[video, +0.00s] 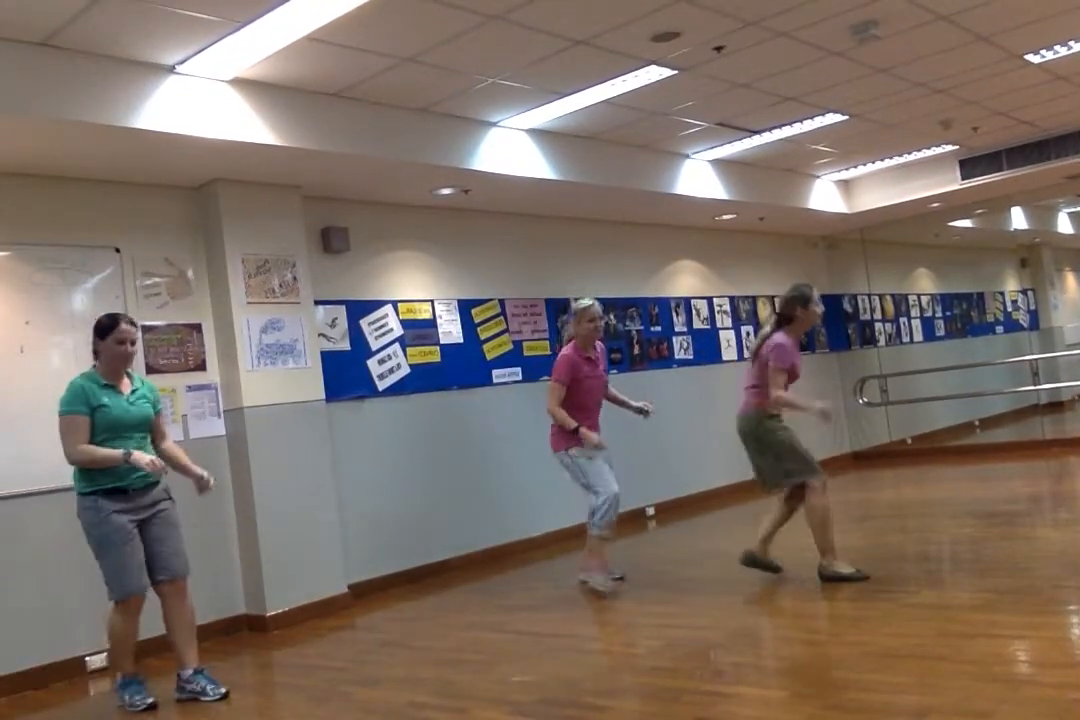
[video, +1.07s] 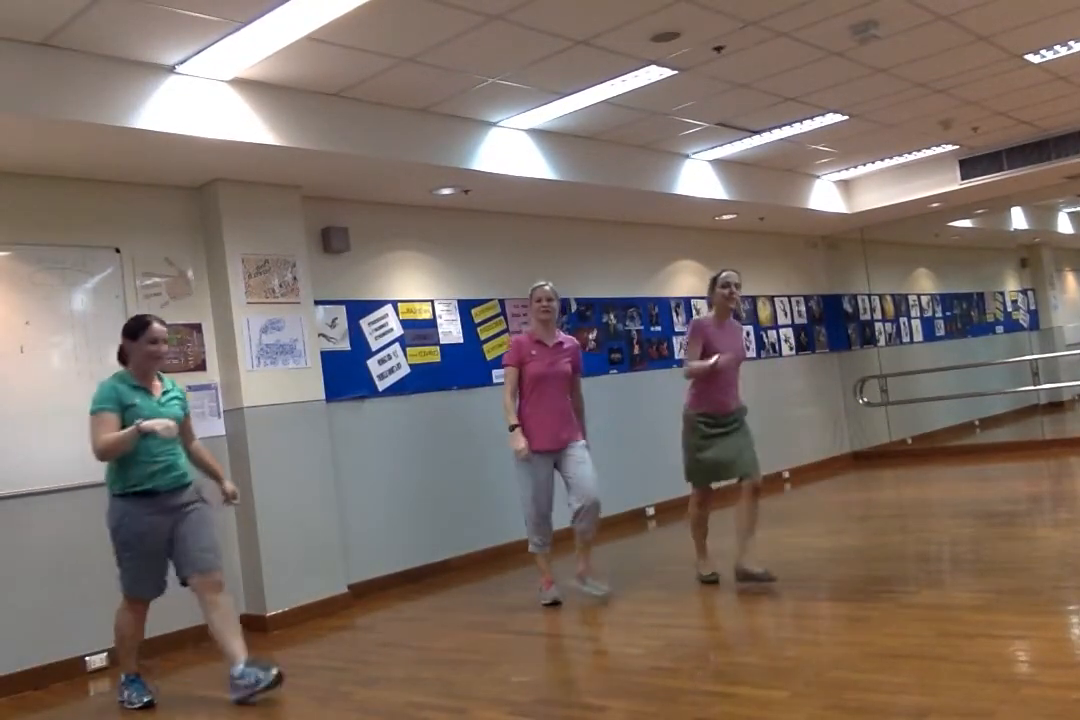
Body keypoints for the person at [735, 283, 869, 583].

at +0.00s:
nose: (820, 312)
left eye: (819, 306)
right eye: (815, 307)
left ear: (796, 311)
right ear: (798, 311)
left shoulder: (778, 340)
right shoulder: (781, 344)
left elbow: (765, 392)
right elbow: (776, 395)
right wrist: (814, 406)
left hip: (756, 420)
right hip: (761, 421)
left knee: (800, 487)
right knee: (815, 481)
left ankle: (759, 551)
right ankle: (829, 562)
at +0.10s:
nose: (816, 316)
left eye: (816, 310)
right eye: (812, 310)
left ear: (786, 311)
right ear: (798, 313)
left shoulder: (760, 334)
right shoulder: (782, 343)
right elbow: (790, 388)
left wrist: (724, 398)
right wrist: (829, 379)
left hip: (739, 418)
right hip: (754, 419)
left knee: (778, 486)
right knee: (798, 482)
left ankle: (743, 547)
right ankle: (828, 560)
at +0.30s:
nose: (798, 330)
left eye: (797, 325)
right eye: (794, 325)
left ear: (772, 326)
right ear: (779, 328)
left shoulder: (745, 339)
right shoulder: (765, 357)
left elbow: (707, 358)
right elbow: (786, 386)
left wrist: (696, 394)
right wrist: (819, 360)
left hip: (718, 425)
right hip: (728, 428)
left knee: (752, 497)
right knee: (768, 492)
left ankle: (730, 556)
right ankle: (813, 559)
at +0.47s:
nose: (780, 324)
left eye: (778, 319)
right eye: (775, 320)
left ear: (757, 322)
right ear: (759, 323)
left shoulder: (740, 343)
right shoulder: (744, 351)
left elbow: (708, 363)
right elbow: (741, 393)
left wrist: (725, 391)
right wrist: (784, 399)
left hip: (721, 421)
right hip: (715, 422)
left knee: (747, 489)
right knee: (753, 482)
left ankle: (731, 554)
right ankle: (773, 560)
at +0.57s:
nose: (768, 308)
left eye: (767, 302)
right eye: (763, 302)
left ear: (749, 307)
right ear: (745, 306)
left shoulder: (745, 336)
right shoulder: (729, 339)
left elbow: (734, 371)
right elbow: (710, 384)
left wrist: (754, 391)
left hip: (724, 410)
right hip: (708, 411)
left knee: (739, 480)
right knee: (741, 476)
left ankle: (733, 554)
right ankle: (729, 555)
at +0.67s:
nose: (755, 299)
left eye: (754, 294)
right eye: (749, 294)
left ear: (739, 301)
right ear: (731, 299)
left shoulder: (740, 331)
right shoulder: (714, 332)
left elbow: (734, 367)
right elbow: (688, 373)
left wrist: (767, 373)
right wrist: (701, 411)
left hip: (729, 414)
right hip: (709, 415)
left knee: (729, 485)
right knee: (728, 483)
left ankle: (729, 554)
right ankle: (704, 558)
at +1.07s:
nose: (731, 291)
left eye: (736, 287)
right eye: (725, 285)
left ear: (739, 294)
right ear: (712, 292)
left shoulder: (738, 329)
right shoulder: (699, 326)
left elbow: (733, 369)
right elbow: (689, 368)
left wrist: (737, 400)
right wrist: (712, 362)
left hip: (733, 416)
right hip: (701, 418)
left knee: (752, 481)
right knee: (701, 494)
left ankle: (742, 561)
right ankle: (703, 561)